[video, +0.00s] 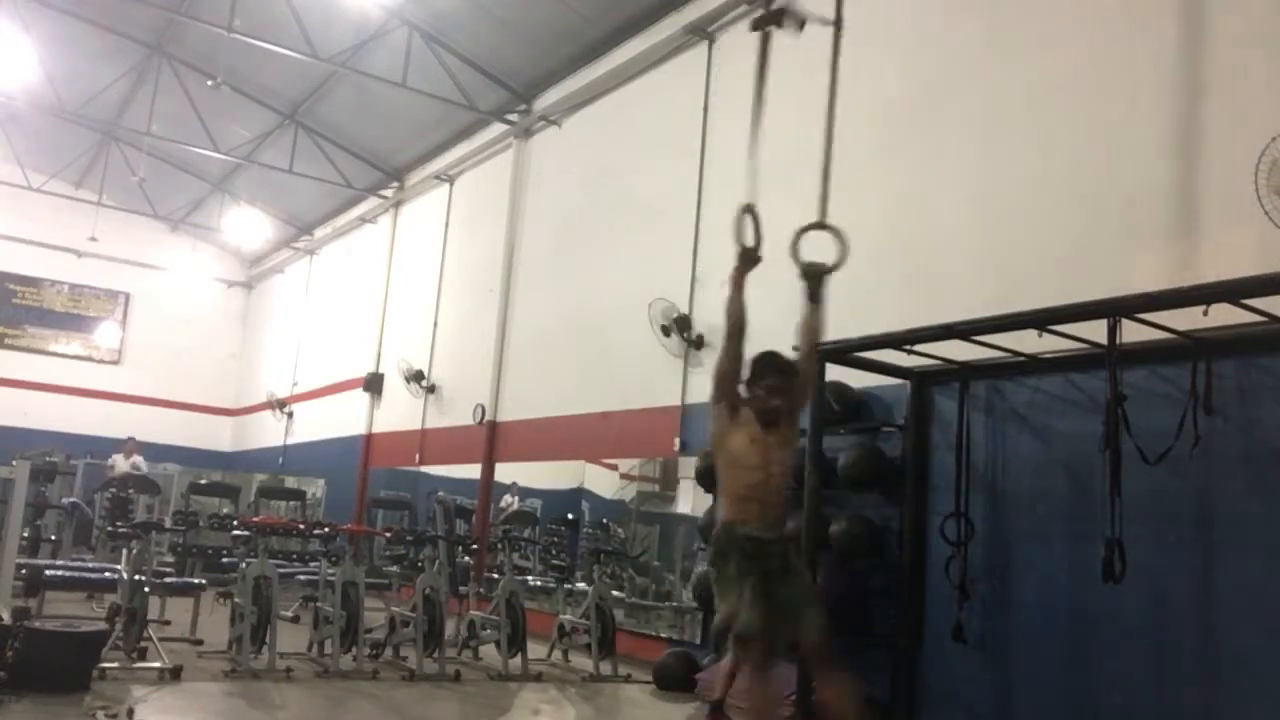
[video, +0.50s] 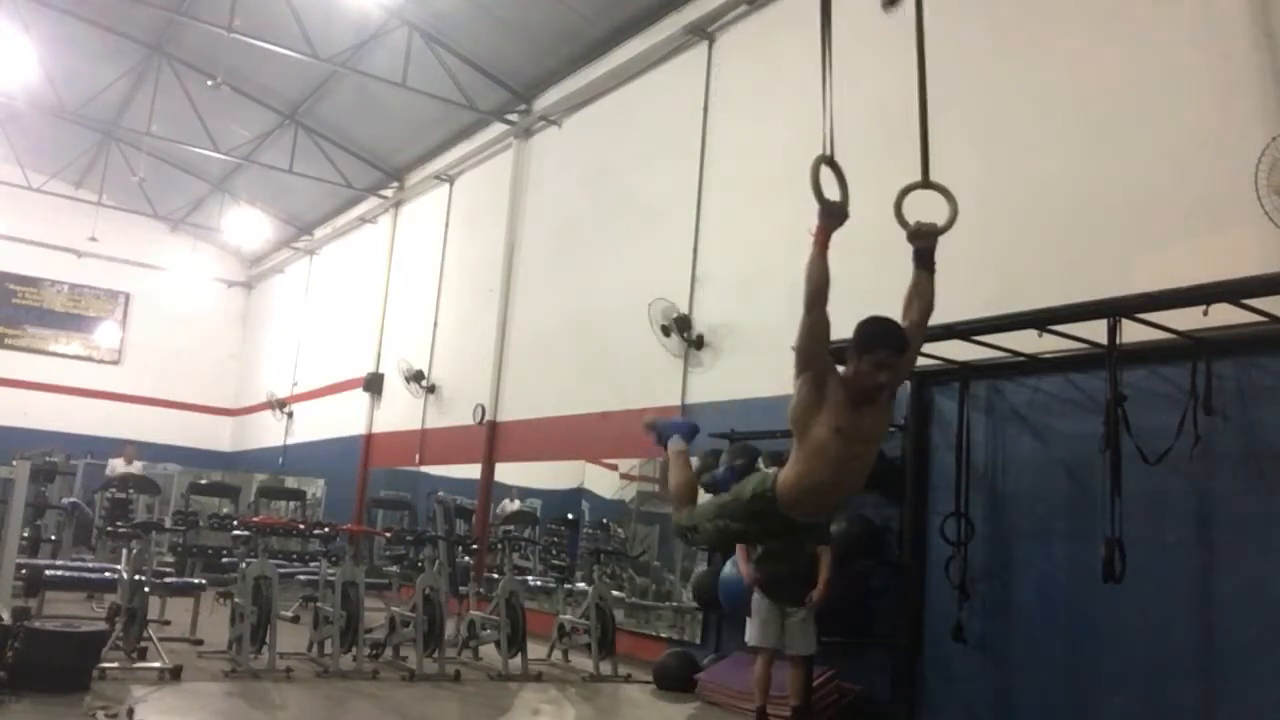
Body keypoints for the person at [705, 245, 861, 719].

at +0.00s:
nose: (772, 398)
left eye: (780, 391)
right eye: (765, 390)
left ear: (790, 394)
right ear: (750, 389)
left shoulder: (786, 422)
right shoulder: (729, 419)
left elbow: (809, 358)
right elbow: (733, 340)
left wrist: (813, 293)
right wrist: (739, 278)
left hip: (778, 545)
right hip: (735, 544)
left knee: (810, 639)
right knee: (750, 642)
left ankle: (814, 700)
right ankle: (729, 706)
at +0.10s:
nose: (802, 402)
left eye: (811, 394)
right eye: (794, 392)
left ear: (820, 393)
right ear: (776, 387)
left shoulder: (814, 426)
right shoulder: (754, 417)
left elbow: (828, 349)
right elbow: (759, 337)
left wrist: (830, 281)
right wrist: (766, 274)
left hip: (796, 562)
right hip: (748, 555)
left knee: (795, 672)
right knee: (721, 660)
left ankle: (774, 714)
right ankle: (685, 706)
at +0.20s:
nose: (830, 400)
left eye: (838, 392)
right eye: (822, 389)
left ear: (848, 392)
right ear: (803, 384)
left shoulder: (840, 417)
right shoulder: (778, 411)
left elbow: (855, 341)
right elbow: (779, 332)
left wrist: (856, 275)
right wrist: (782, 265)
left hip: (806, 565)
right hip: (759, 554)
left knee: (790, 646)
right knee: (710, 628)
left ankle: (754, 694)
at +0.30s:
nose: (856, 391)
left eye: (865, 382)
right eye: (847, 379)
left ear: (872, 383)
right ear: (820, 372)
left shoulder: (859, 411)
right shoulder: (795, 404)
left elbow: (884, 332)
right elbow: (795, 321)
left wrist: (889, 266)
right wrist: (802, 252)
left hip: (805, 550)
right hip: (760, 533)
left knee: (783, 606)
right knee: (692, 578)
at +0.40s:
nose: (877, 386)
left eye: (885, 378)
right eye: (871, 374)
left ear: (890, 374)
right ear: (844, 360)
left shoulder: (873, 397)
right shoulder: (809, 391)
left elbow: (906, 324)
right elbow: (807, 312)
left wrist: (914, 258)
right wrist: (814, 240)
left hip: (806, 529)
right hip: (762, 511)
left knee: (787, 596)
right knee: (680, 532)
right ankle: (672, 445)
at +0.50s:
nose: (884, 379)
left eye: (891, 370)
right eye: (877, 367)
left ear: (898, 369)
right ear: (852, 357)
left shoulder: (883, 394)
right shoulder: (818, 388)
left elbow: (915, 323)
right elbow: (815, 310)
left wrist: (924, 256)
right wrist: (823, 235)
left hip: (812, 523)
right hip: (767, 507)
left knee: (786, 593)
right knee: (687, 521)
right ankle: (676, 442)